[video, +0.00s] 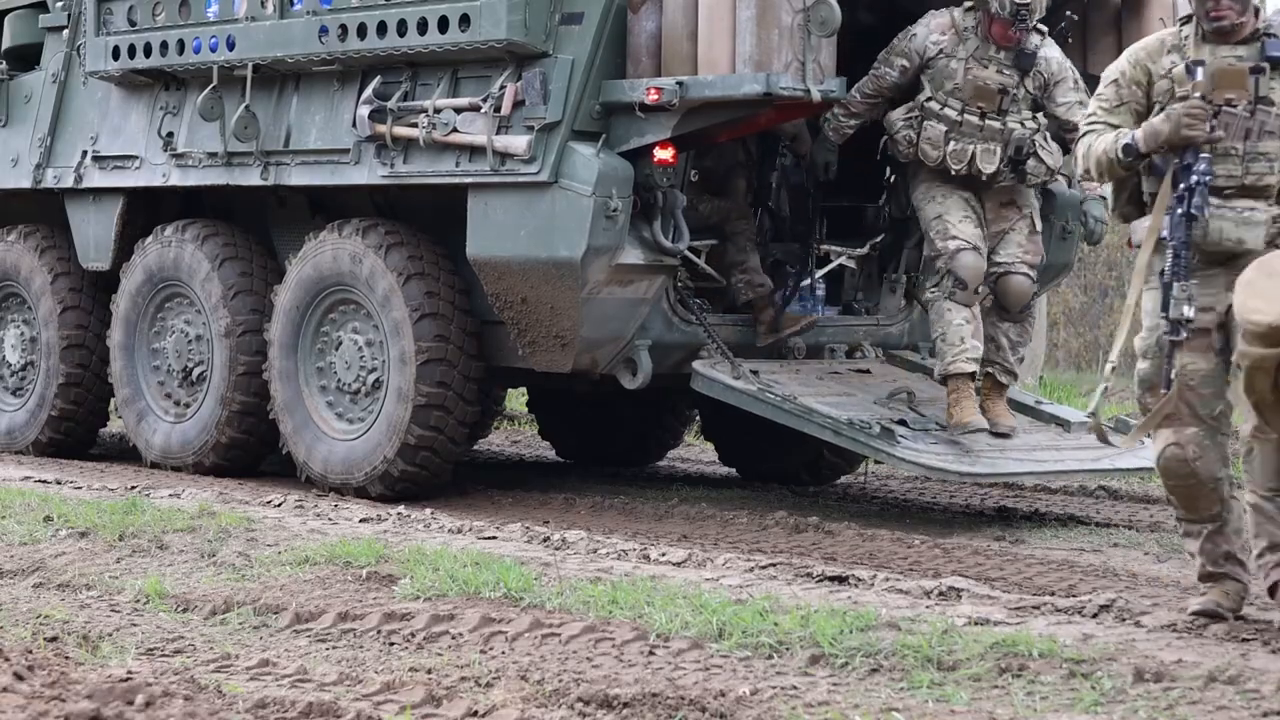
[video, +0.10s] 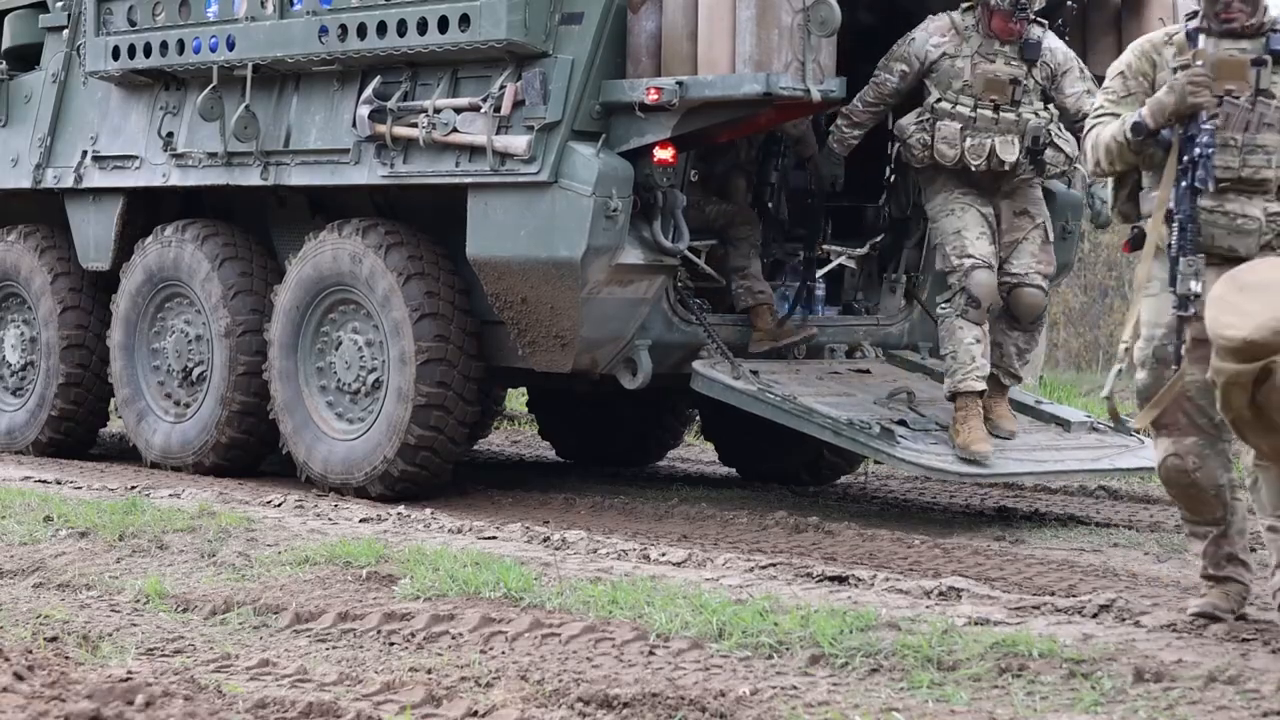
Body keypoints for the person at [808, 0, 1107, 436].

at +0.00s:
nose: (1016, 35)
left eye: (1026, 27)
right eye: (1010, 22)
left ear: (1037, 22)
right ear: (988, 9)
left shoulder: (1047, 59)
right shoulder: (936, 33)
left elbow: (1081, 129)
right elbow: (877, 87)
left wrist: (1091, 190)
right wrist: (829, 135)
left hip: (1010, 181)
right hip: (940, 173)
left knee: (1017, 285)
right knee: (964, 268)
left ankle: (995, 394)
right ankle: (961, 393)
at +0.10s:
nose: (1020, 26)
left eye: (1028, 18)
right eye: (1012, 15)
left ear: (1037, 15)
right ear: (986, 6)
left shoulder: (1049, 49)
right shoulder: (937, 37)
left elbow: (1094, 113)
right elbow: (878, 93)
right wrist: (836, 147)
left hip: (1020, 184)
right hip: (953, 180)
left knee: (1030, 296)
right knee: (977, 285)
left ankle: (997, 391)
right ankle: (968, 408)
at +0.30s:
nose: (1025, 28)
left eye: (1032, 20)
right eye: (1016, 18)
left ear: (1041, 19)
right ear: (991, 13)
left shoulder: (1062, 57)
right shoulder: (946, 57)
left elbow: (1115, 108)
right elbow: (898, 134)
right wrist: (865, 204)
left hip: (1036, 201)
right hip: (967, 200)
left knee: (1074, 294)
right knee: (996, 295)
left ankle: (1036, 400)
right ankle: (975, 419)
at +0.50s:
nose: (1040, 35)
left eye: (1047, 26)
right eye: (1030, 25)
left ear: (1056, 24)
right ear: (1003, 22)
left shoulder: (1075, 60)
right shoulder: (967, 66)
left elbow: (1132, 68)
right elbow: (900, 109)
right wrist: (881, 165)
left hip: (1053, 216)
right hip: (984, 216)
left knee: (1071, 340)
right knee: (1013, 325)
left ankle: (1083, 443)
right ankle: (976, 427)